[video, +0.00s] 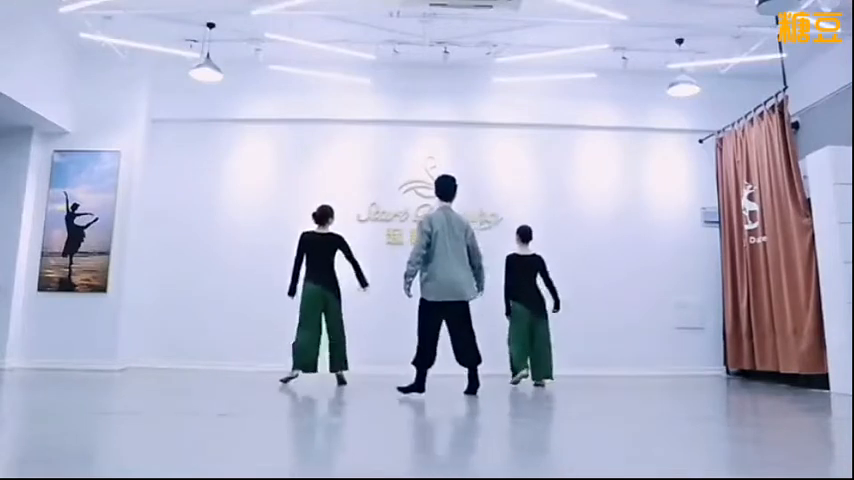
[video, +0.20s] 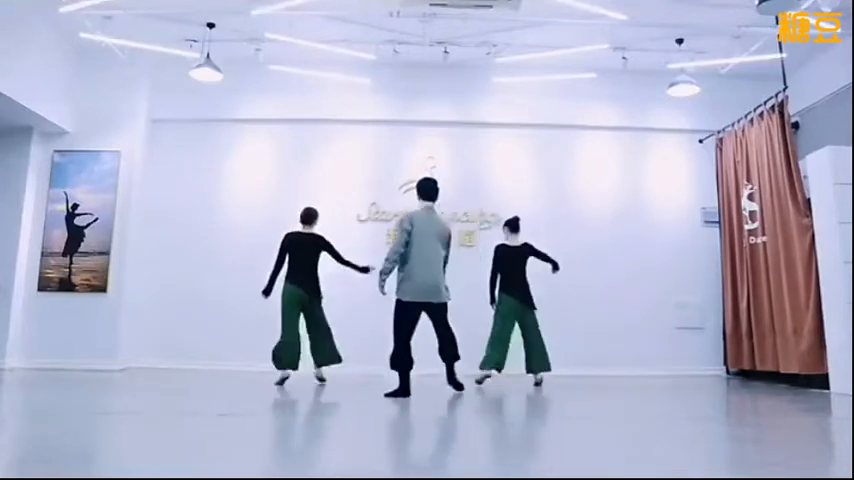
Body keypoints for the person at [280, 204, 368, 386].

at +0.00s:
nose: (332, 221)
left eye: (330, 218)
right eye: (332, 218)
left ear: (315, 218)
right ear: (330, 220)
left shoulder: (306, 237)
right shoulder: (336, 239)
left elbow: (298, 263)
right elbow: (351, 260)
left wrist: (292, 286)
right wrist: (362, 280)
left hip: (310, 288)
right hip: (331, 288)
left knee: (306, 327)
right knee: (335, 328)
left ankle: (297, 366)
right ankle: (339, 369)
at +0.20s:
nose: (312, 223)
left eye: (308, 219)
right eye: (314, 220)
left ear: (300, 220)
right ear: (315, 221)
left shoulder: (289, 238)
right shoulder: (319, 240)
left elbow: (279, 264)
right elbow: (340, 260)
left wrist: (268, 287)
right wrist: (361, 269)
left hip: (291, 289)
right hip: (311, 290)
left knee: (289, 329)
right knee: (315, 329)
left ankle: (285, 369)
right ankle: (318, 369)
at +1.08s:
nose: (279, 235)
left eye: (274, 232)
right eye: (281, 232)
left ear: (270, 232)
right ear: (286, 231)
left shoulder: (263, 247)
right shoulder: (292, 245)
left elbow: (258, 277)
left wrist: (254, 301)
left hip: (267, 296)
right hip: (287, 296)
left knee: (268, 334)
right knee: (283, 335)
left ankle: (278, 366)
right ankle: (267, 372)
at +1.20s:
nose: (277, 231)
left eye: (272, 228)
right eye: (280, 228)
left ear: (269, 228)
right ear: (285, 229)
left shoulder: (261, 245)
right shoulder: (290, 244)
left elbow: (257, 275)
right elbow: (288, 239)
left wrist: (253, 299)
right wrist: (282, 234)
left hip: (265, 294)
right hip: (285, 294)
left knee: (268, 333)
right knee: (283, 333)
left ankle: (278, 366)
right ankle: (268, 372)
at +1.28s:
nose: (276, 231)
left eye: (272, 228)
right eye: (279, 227)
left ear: (268, 228)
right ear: (284, 228)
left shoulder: (261, 245)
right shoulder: (290, 243)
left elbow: (256, 274)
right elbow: (288, 238)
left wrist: (252, 297)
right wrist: (283, 233)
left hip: (264, 293)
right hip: (284, 293)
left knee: (267, 332)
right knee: (282, 332)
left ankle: (277, 366)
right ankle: (266, 371)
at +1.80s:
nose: (275, 228)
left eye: (269, 225)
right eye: (278, 225)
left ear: (266, 226)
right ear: (281, 226)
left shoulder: (258, 245)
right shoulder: (288, 245)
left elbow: (252, 274)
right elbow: (285, 243)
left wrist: (249, 297)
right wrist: (279, 234)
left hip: (261, 293)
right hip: (281, 293)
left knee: (263, 332)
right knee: (280, 333)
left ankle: (275, 366)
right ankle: (276, 373)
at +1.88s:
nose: (274, 228)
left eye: (269, 224)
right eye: (277, 224)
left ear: (265, 226)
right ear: (281, 226)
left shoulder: (257, 245)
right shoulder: (288, 245)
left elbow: (252, 274)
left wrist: (249, 297)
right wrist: (277, 235)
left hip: (261, 293)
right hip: (281, 294)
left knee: (263, 332)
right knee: (280, 333)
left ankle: (275, 366)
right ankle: (277, 373)